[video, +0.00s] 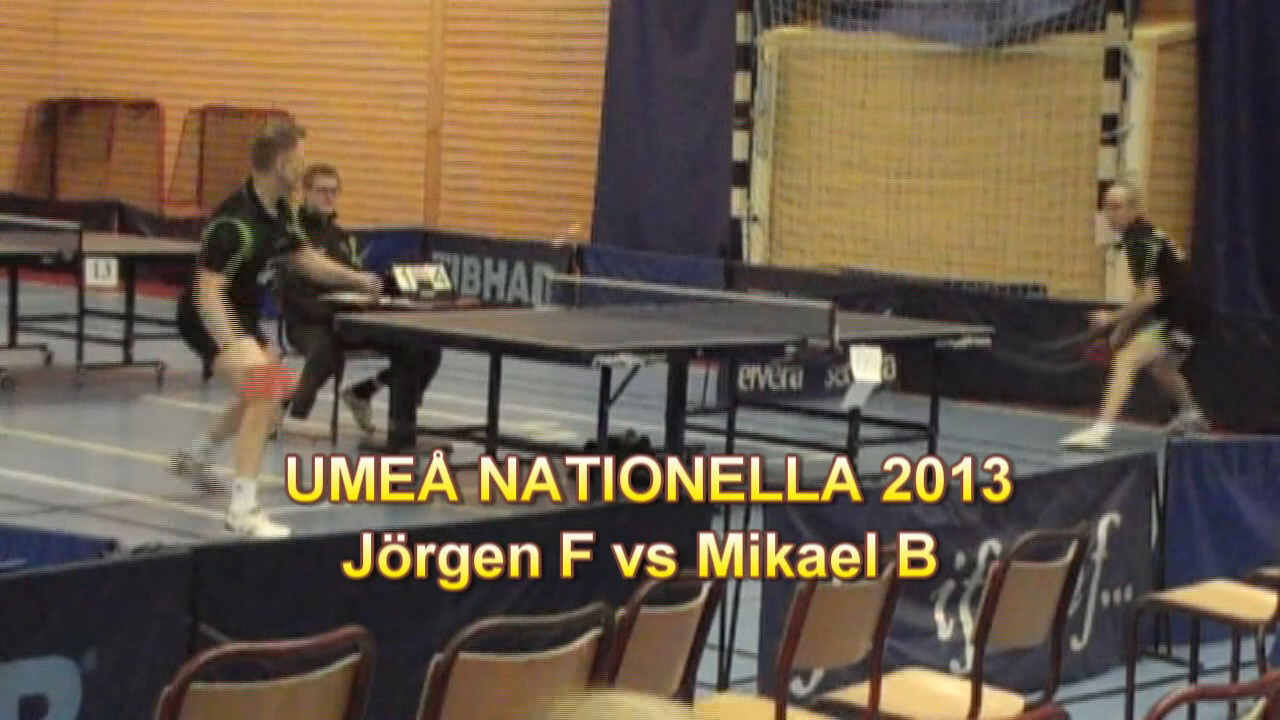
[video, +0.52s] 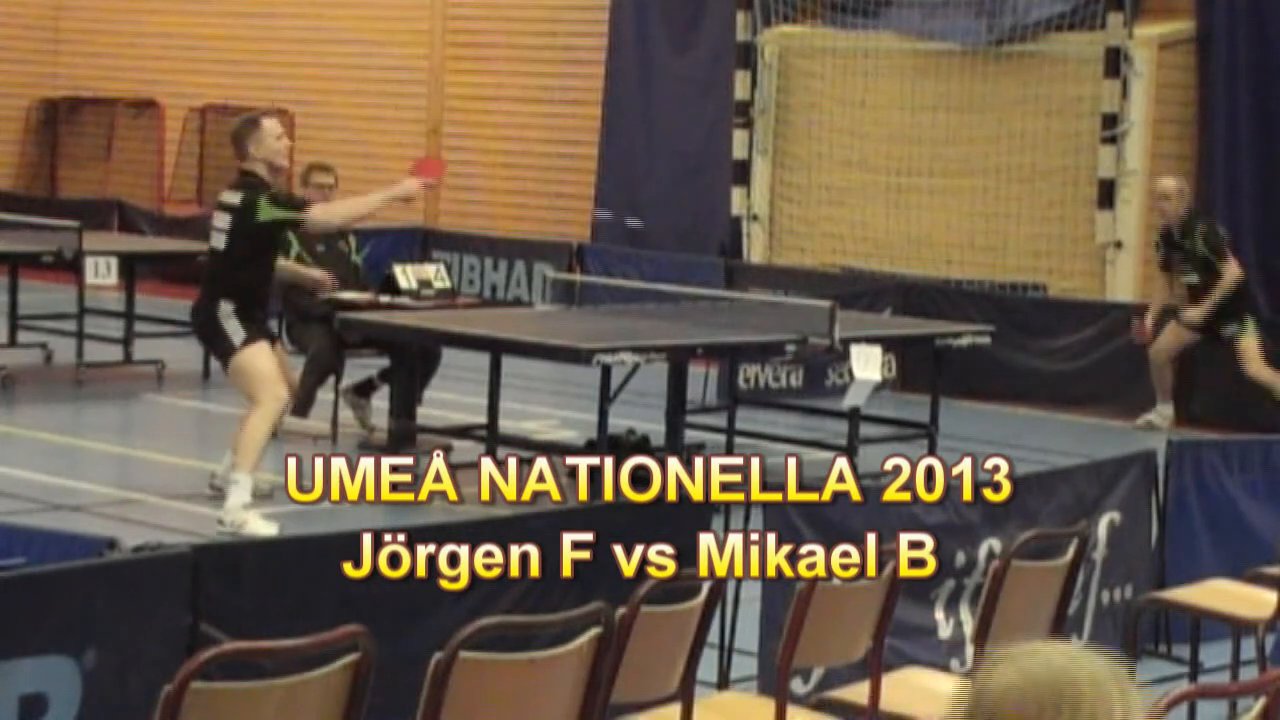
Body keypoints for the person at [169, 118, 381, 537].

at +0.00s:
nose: (303, 167)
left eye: (302, 159)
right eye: (297, 159)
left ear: (276, 163)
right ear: (274, 163)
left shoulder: (282, 209)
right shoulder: (234, 221)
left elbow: (306, 260)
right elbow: (207, 291)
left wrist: (358, 278)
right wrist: (233, 347)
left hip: (242, 311)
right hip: (207, 314)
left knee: (266, 386)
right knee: (262, 383)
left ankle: (196, 454)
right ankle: (243, 507)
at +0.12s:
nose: (305, 179)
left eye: (306, 171)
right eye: (300, 171)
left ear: (279, 172)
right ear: (274, 171)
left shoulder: (290, 215)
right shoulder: (229, 224)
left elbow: (318, 263)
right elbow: (189, 280)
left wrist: (365, 281)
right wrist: (183, 338)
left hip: (253, 319)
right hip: (217, 319)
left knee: (282, 395)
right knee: (266, 392)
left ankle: (235, 472)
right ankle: (242, 507)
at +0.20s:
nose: (304, 182)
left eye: (305, 175)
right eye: (298, 175)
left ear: (287, 174)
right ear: (272, 174)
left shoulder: (293, 217)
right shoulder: (226, 222)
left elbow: (319, 264)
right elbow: (186, 268)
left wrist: (367, 288)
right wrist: (167, 295)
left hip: (260, 319)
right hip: (217, 317)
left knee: (286, 401)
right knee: (264, 391)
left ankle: (233, 475)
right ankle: (242, 508)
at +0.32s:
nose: (300, 167)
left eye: (301, 159)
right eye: (292, 159)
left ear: (285, 162)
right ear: (263, 159)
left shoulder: (287, 210)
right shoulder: (231, 209)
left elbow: (306, 260)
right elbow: (198, 268)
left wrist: (351, 288)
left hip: (260, 315)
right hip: (222, 312)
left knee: (288, 396)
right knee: (261, 394)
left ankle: (234, 471)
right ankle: (242, 506)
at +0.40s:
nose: (293, 153)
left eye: (294, 145)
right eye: (283, 147)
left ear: (289, 149)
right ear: (255, 153)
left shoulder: (274, 202)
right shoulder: (243, 201)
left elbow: (289, 258)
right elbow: (253, 240)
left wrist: (340, 285)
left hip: (253, 308)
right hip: (222, 307)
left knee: (286, 391)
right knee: (265, 392)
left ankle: (233, 470)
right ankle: (237, 504)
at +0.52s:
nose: (287, 144)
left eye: (285, 137)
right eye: (278, 138)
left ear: (255, 150)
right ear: (251, 149)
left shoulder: (242, 193)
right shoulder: (256, 200)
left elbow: (257, 257)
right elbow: (325, 216)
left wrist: (307, 274)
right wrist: (395, 191)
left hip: (242, 306)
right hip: (225, 310)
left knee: (282, 391)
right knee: (272, 397)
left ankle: (230, 468)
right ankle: (236, 505)